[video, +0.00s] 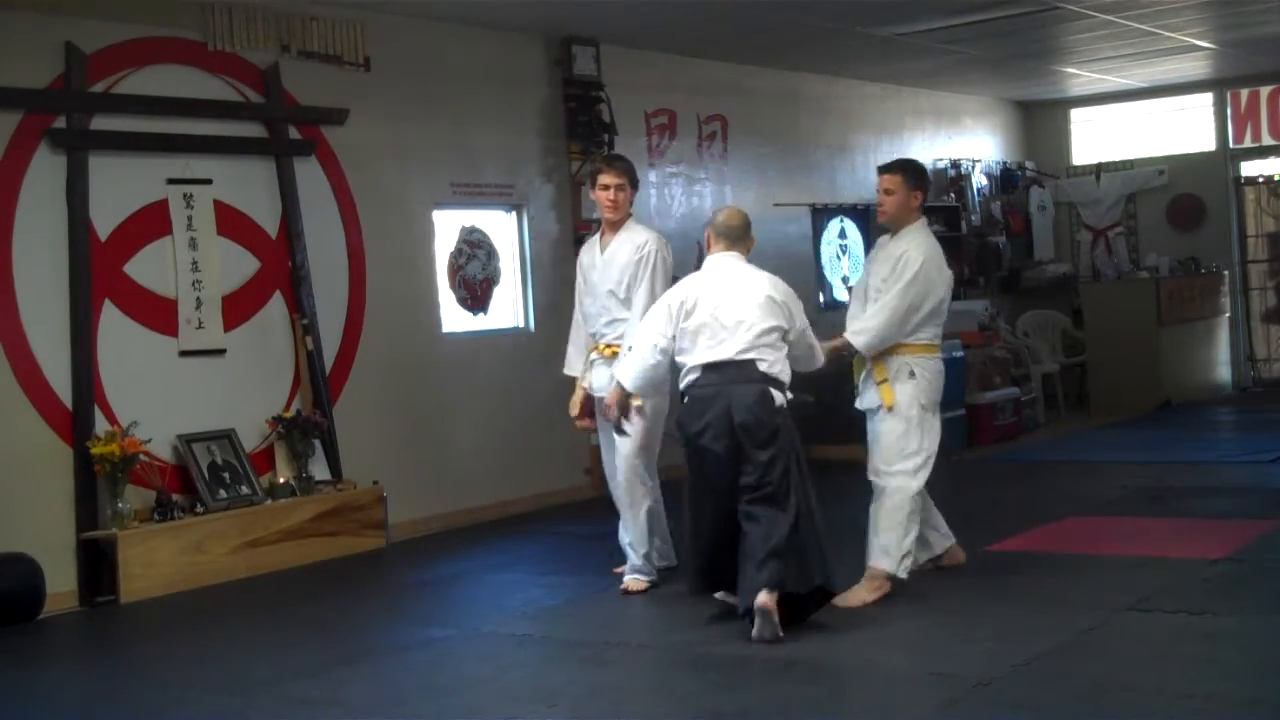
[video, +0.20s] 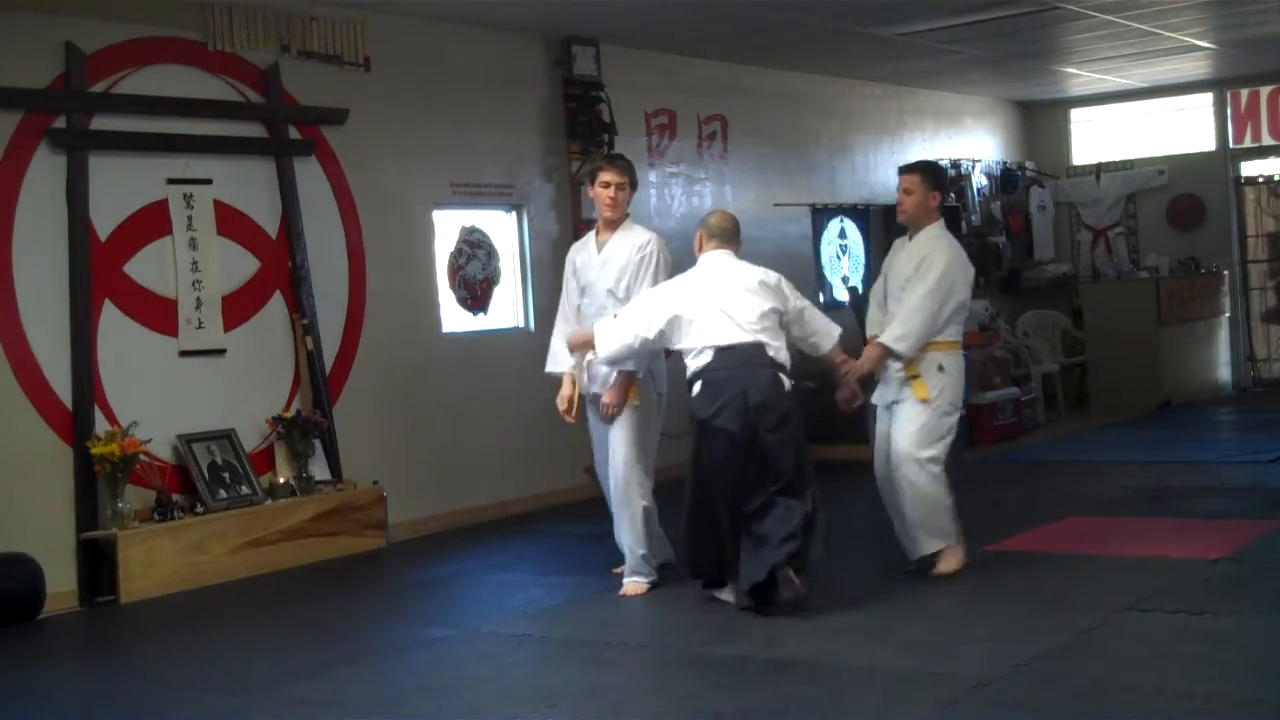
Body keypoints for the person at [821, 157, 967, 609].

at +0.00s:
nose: (879, 200)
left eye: (888, 193)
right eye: (879, 192)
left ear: (916, 199)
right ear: (886, 198)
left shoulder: (921, 252)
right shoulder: (888, 245)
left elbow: (887, 319)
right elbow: (862, 301)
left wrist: (837, 344)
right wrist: (851, 342)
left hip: (910, 370)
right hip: (882, 367)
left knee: (896, 471)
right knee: (886, 467)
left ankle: (879, 573)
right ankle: (943, 546)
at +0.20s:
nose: (899, 200)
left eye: (908, 193)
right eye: (899, 192)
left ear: (934, 199)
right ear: (906, 199)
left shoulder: (944, 252)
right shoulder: (900, 248)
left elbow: (917, 317)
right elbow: (879, 306)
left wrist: (866, 365)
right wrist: (870, 356)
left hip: (933, 367)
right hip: (895, 365)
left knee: (912, 456)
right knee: (887, 461)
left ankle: (950, 545)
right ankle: (925, 550)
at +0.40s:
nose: (910, 198)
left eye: (919, 191)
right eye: (911, 191)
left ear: (945, 198)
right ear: (925, 198)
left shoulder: (954, 251)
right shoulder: (908, 249)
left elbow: (928, 314)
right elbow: (891, 305)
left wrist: (875, 354)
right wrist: (890, 346)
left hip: (954, 366)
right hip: (911, 366)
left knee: (964, 464)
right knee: (911, 460)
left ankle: (995, 516)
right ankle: (939, 542)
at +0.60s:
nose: (901, 217)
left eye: (910, 212)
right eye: (904, 210)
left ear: (935, 221)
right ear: (928, 220)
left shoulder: (944, 268)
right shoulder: (919, 261)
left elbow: (906, 327)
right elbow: (918, 321)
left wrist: (846, 368)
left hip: (973, 370)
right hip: (935, 370)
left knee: (966, 462)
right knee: (917, 444)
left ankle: (978, 535)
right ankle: (936, 533)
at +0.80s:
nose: (876, 226)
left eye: (882, 218)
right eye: (876, 218)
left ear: (908, 221)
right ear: (906, 222)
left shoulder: (927, 258)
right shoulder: (913, 258)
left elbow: (899, 314)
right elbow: (912, 314)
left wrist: (845, 343)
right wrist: (904, 352)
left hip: (964, 364)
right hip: (933, 364)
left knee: (949, 456)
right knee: (904, 442)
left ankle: (974, 536)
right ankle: (913, 523)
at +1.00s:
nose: (869, 221)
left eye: (876, 214)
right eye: (870, 214)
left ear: (900, 217)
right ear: (898, 219)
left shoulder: (913, 257)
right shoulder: (904, 256)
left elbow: (892, 315)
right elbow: (912, 322)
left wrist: (858, 346)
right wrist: (894, 363)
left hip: (946, 362)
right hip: (922, 364)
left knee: (930, 452)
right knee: (894, 444)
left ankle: (976, 529)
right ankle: (911, 524)